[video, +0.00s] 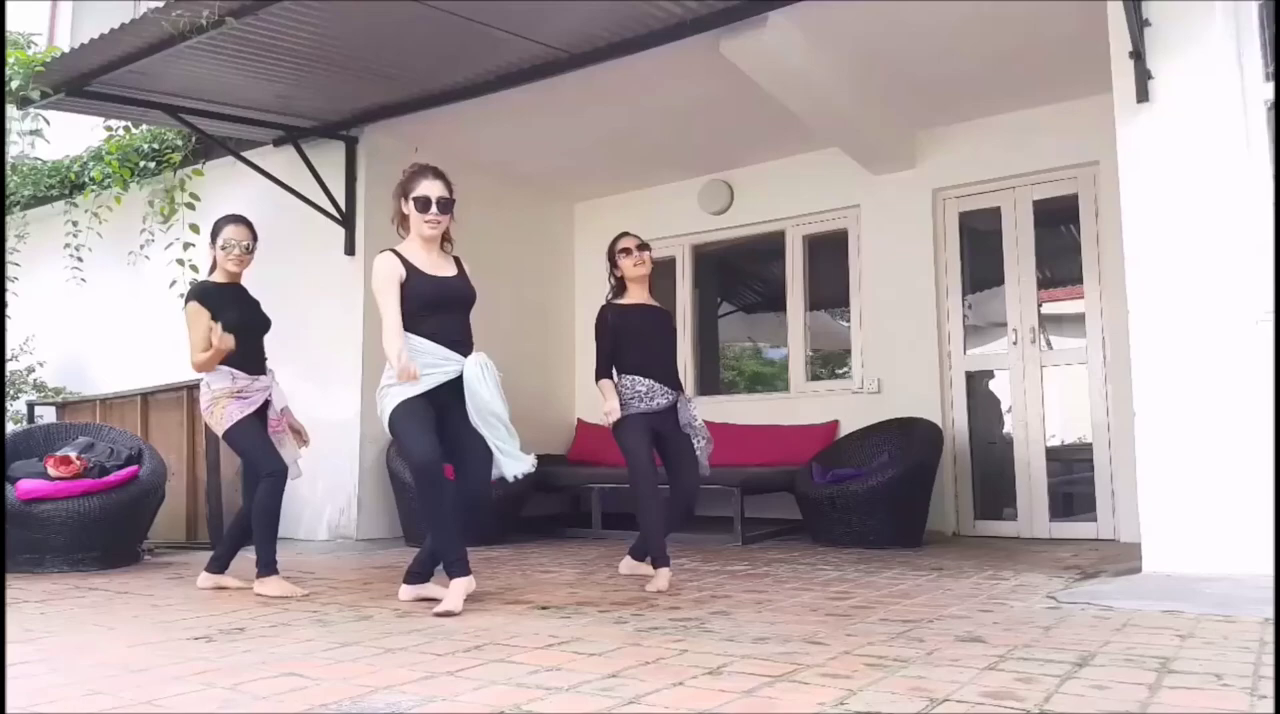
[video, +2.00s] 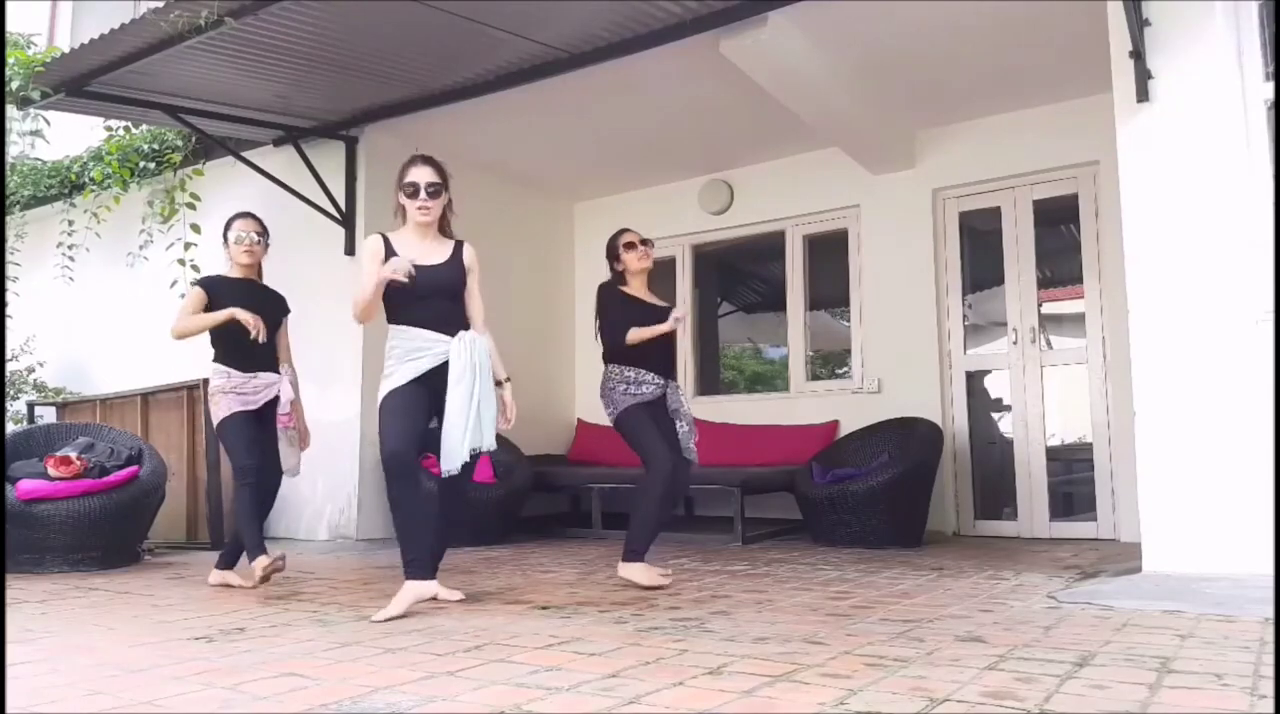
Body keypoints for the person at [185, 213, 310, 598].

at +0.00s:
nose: (238, 253)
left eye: (246, 247)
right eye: (230, 246)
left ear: (253, 252)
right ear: (213, 249)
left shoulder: (246, 296)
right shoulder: (201, 296)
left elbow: (258, 365)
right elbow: (199, 364)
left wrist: (285, 415)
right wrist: (220, 350)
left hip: (261, 393)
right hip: (226, 395)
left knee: (257, 497)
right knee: (273, 469)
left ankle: (213, 570)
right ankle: (267, 575)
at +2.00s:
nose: (249, 241)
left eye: (257, 236)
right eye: (240, 236)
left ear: (266, 246)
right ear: (227, 246)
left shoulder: (275, 300)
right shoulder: (210, 286)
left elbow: (286, 362)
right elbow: (179, 327)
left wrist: (298, 413)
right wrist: (230, 313)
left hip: (272, 390)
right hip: (230, 389)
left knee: (270, 478)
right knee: (247, 469)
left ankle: (224, 567)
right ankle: (258, 558)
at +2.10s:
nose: (249, 247)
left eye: (257, 241)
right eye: (240, 241)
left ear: (266, 250)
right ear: (227, 249)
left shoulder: (276, 301)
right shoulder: (210, 293)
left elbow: (286, 364)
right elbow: (189, 352)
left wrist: (298, 411)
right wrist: (233, 356)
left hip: (272, 392)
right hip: (229, 391)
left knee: (275, 477)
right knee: (252, 466)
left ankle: (225, 566)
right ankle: (258, 565)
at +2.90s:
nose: (247, 239)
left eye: (255, 232)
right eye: (238, 233)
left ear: (267, 238)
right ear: (229, 239)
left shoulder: (284, 291)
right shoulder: (213, 279)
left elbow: (288, 353)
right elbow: (196, 333)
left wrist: (297, 402)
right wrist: (189, 371)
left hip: (269, 387)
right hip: (225, 384)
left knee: (260, 475)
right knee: (232, 469)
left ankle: (238, 566)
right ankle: (208, 567)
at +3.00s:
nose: (249, 247)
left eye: (257, 239)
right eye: (240, 240)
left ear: (270, 246)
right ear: (230, 246)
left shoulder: (283, 299)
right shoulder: (212, 287)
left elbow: (290, 363)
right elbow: (208, 347)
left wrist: (309, 412)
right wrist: (180, 314)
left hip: (272, 392)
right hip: (227, 389)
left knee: (268, 479)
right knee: (230, 468)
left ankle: (240, 564)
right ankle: (214, 564)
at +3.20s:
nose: (249, 259)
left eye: (257, 252)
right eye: (241, 253)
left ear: (270, 257)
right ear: (231, 258)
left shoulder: (284, 308)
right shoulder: (214, 296)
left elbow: (298, 368)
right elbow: (156, 318)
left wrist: (316, 414)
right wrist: (203, 300)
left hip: (275, 398)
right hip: (230, 397)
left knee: (275, 490)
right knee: (224, 472)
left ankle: (240, 567)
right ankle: (215, 559)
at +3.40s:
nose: (246, 257)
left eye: (255, 251)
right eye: (239, 251)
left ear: (269, 258)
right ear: (229, 258)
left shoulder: (283, 310)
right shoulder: (213, 299)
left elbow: (301, 370)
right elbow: (156, 326)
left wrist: (321, 421)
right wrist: (181, 349)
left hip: (275, 399)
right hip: (229, 398)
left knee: (277, 480)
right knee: (216, 473)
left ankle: (240, 566)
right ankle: (215, 568)